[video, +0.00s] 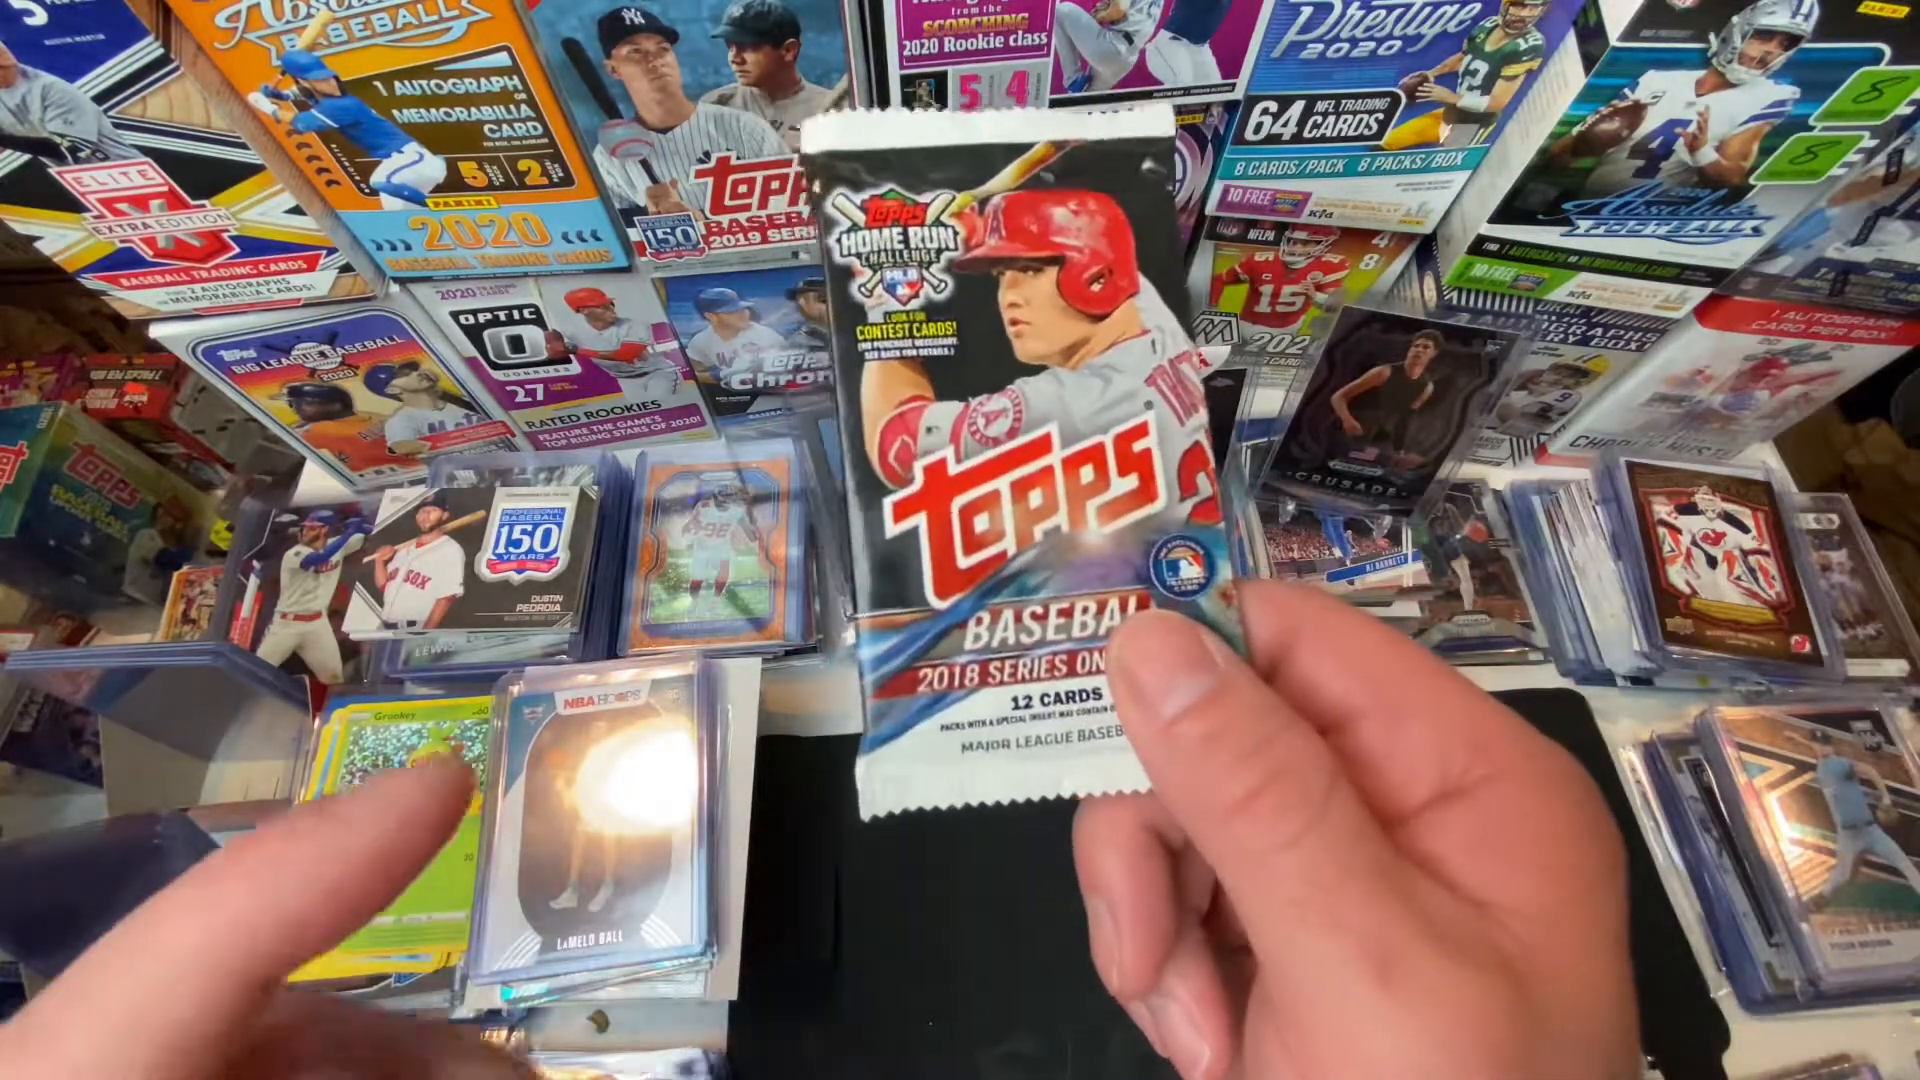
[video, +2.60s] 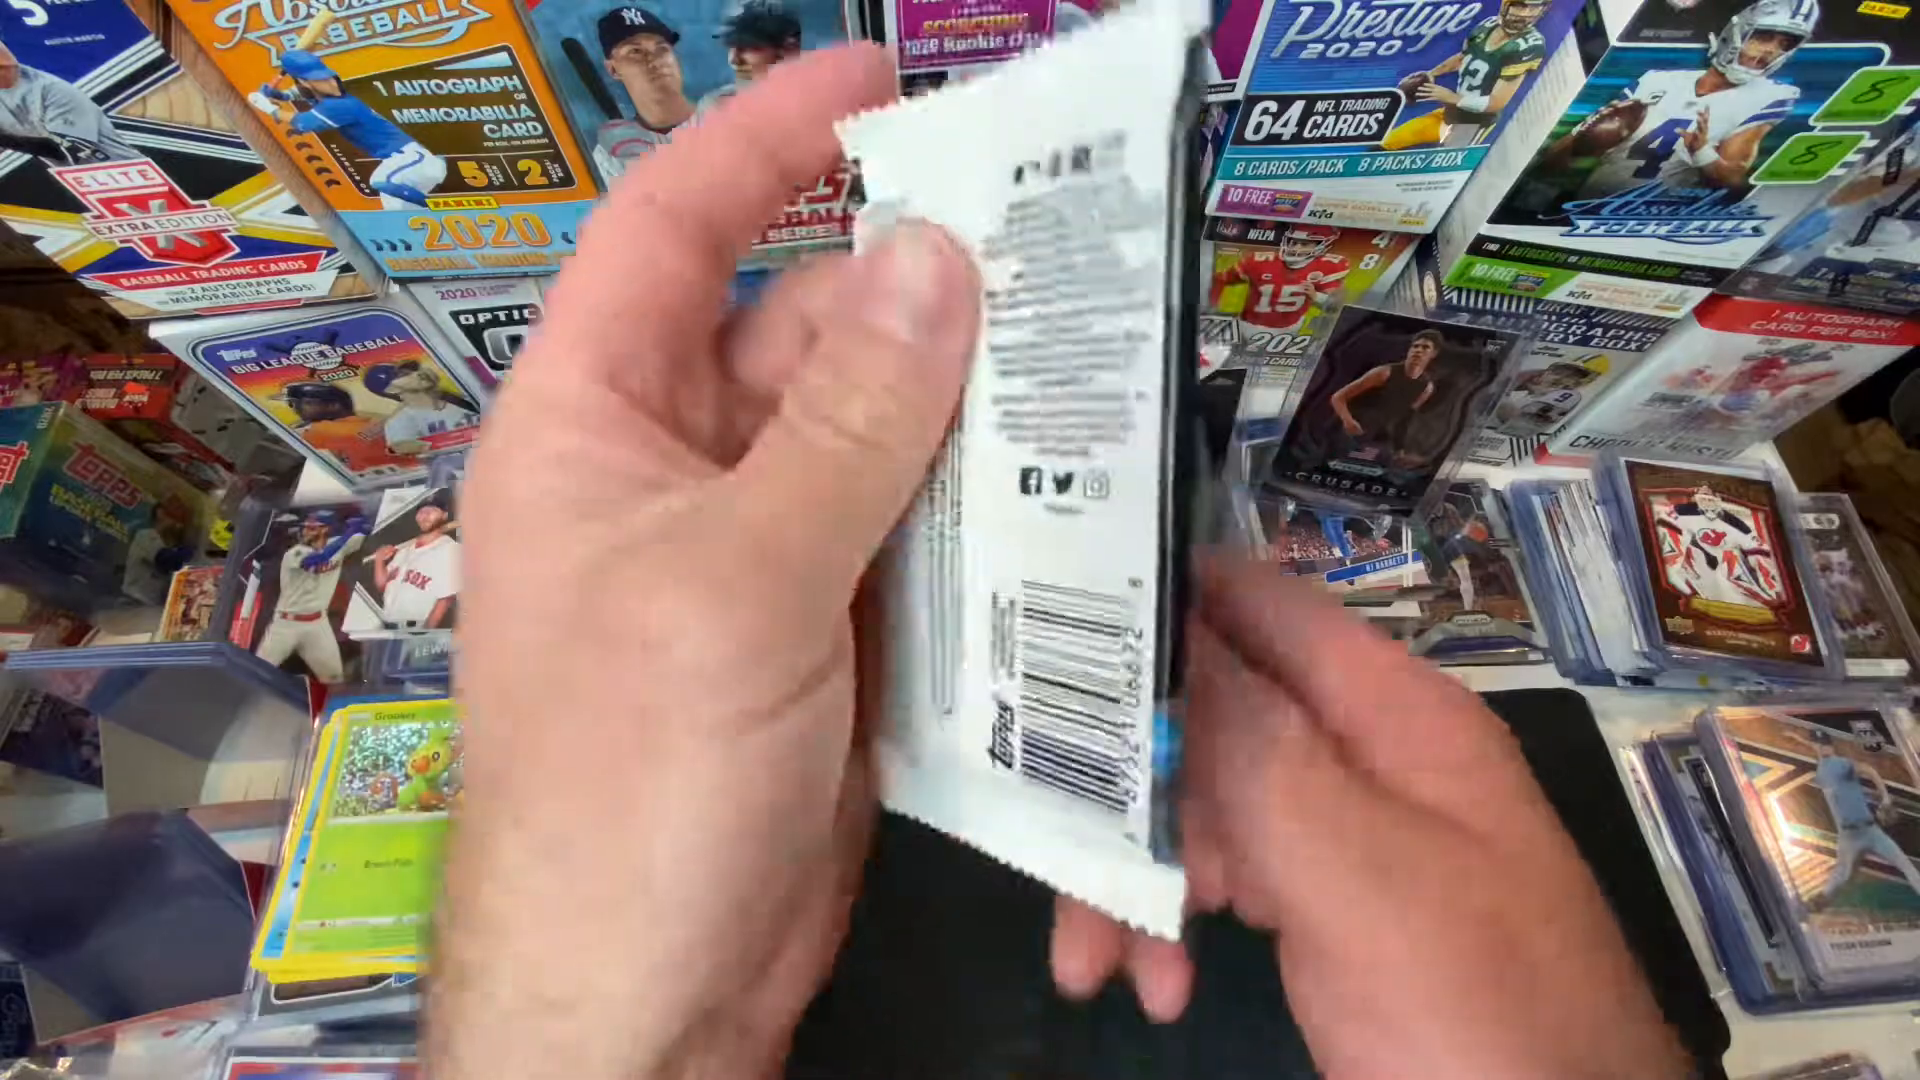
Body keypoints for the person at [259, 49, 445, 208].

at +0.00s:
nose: (331, 80)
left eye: (328, 75)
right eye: (323, 78)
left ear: (311, 83)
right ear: (306, 84)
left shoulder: (344, 105)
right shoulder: (330, 103)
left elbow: (301, 122)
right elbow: (300, 93)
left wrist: (271, 110)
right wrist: (275, 94)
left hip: (414, 158)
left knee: (381, 180)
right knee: (399, 218)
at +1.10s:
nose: (329, 79)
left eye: (326, 75)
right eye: (321, 78)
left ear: (310, 84)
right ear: (306, 83)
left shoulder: (343, 107)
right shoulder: (333, 100)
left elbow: (300, 123)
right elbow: (302, 92)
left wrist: (271, 109)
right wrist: (276, 94)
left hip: (414, 159)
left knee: (380, 179)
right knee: (399, 222)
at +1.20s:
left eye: (301, 82)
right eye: (320, 78)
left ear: (309, 83)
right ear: (309, 82)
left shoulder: (343, 106)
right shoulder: (332, 101)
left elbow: (300, 123)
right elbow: (303, 92)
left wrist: (271, 109)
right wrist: (277, 94)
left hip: (414, 158)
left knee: (380, 180)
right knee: (398, 223)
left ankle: (433, 213)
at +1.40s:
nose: (299, 87)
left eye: (300, 82)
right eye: (299, 83)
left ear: (310, 83)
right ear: (323, 78)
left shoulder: (342, 107)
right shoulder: (333, 99)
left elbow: (299, 122)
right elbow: (304, 90)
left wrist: (270, 109)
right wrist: (279, 94)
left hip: (414, 158)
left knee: (380, 180)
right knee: (396, 222)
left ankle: (431, 210)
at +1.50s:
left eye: (302, 82)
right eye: (321, 77)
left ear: (308, 83)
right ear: (307, 82)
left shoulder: (341, 106)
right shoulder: (332, 103)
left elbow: (300, 122)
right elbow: (300, 94)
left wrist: (271, 109)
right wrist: (276, 94)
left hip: (414, 158)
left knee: (380, 179)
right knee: (398, 218)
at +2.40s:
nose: (329, 79)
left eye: (303, 82)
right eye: (321, 77)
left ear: (308, 83)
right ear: (307, 84)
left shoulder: (343, 106)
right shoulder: (331, 102)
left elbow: (299, 122)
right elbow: (301, 92)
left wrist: (270, 109)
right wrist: (276, 95)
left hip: (415, 158)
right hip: (405, 167)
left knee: (381, 180)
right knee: (398, 221)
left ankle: (435, 212)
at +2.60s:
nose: (303, 88)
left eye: (303, 83)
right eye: (304, 83)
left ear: (311, 83)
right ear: (319, 80)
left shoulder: (341, 106)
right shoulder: (332, 100)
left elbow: (299, 122)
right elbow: (300, 93)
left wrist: (270, 108)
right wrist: (275, 93)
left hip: (415, 158)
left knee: (380, 180)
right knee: (397, 219)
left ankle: (430, 213)